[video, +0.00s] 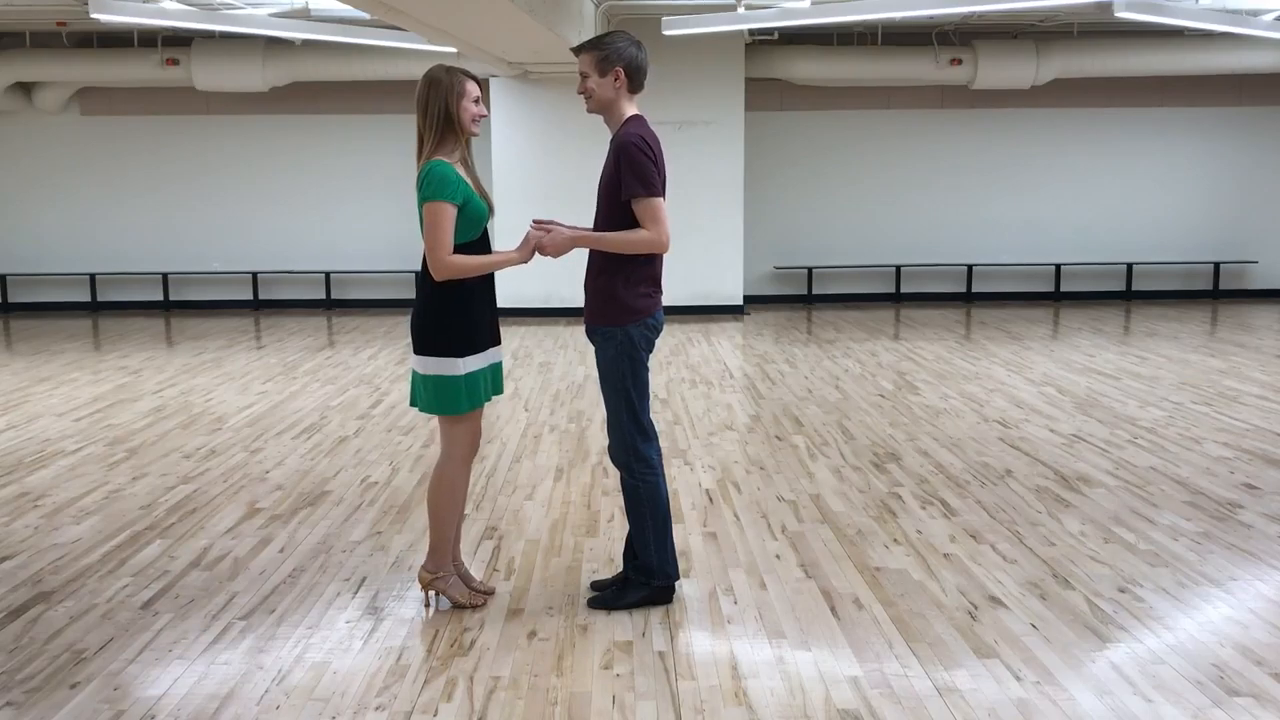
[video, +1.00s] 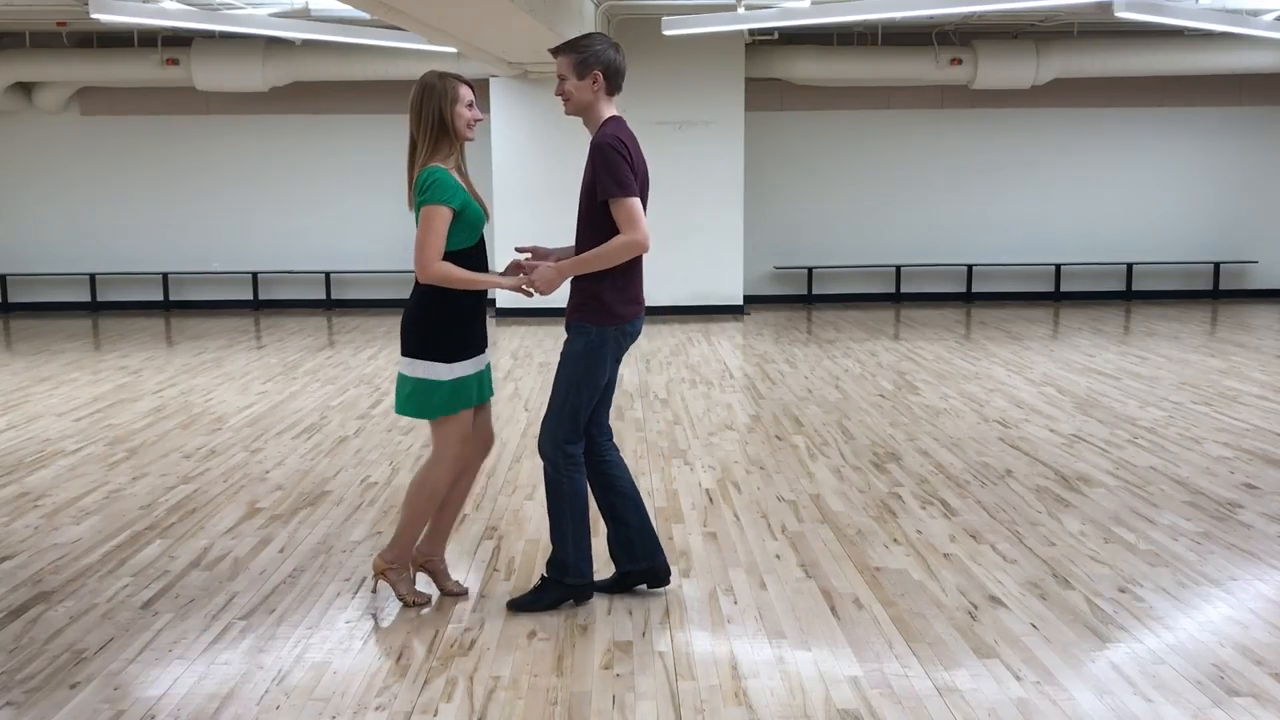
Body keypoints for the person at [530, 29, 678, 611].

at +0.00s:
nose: (579, 88)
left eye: (586, 77)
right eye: (579, 78)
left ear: (616, 77)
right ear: (617, 78)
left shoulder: (634, 142)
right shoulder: (626, 139)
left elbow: (657, 238)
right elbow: (629, 232)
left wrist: (575, 238)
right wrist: (567, 234)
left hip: (627, 320)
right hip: (620, 317)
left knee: (634, 449)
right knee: (630, 447)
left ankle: (655, 576)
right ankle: (645, 568)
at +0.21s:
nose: (573, 88)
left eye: (580, 77)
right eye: (573, 78)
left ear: (611, 77)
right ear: (611, 79)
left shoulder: (626, 142)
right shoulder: (622, 138)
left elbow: (648, 237)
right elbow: (626, 230)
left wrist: (571, 227)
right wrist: (567, 222)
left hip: (622, 320)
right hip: (619, 316)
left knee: (631, 449)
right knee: (628, 446)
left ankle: (653, 576)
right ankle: (647, 569)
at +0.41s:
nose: (567, 91)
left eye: (574, 81)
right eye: (567, 81)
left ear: (605, 81)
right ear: (607, 83)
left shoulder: (620, 146)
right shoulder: (623, 141)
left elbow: (644, 241)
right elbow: (628, 236)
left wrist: (567, 236)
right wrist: (561, 234)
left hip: (613, 321)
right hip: (622, 316)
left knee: (589, 444)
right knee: (625, 437)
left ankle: (645, 572)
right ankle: (653, 568)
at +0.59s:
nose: (562, 95)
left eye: (568, 84)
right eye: (561, 84)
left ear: (599, 84)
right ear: (601, 86)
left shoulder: (616, 148)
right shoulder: (617, 143)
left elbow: (641, 244)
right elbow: (616, 240)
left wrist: (562, 264)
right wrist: (555, 252)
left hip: (607, 322)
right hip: (619, 318)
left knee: (564, 440)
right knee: (615, 437)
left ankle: (605, 568)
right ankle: (651, 569)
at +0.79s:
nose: (555, 90)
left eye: (561, 80)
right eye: (555, 80)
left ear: (592, 81)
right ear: (594, 83)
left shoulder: (607, 143)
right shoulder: (610, 139)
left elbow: (633, 237)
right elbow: (609, 238)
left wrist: (557, 268)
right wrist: (549, 253)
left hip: (598, 320)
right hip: (609, 315)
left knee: (557, 441)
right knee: (601, 437)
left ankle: (568, 575)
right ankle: (647, 567)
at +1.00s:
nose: (556, 90)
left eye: (563, 80)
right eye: (557, 80)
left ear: (595, 80)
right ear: (597, 82)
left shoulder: (610, 144)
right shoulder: (613, 140)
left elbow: (636, 238)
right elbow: (614, 240)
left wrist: (563, 270)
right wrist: (557, 256)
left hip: (602, 319)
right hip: (607, 314)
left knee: (559, 442)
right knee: (592, 440)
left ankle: (569, 576)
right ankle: (644, 563)